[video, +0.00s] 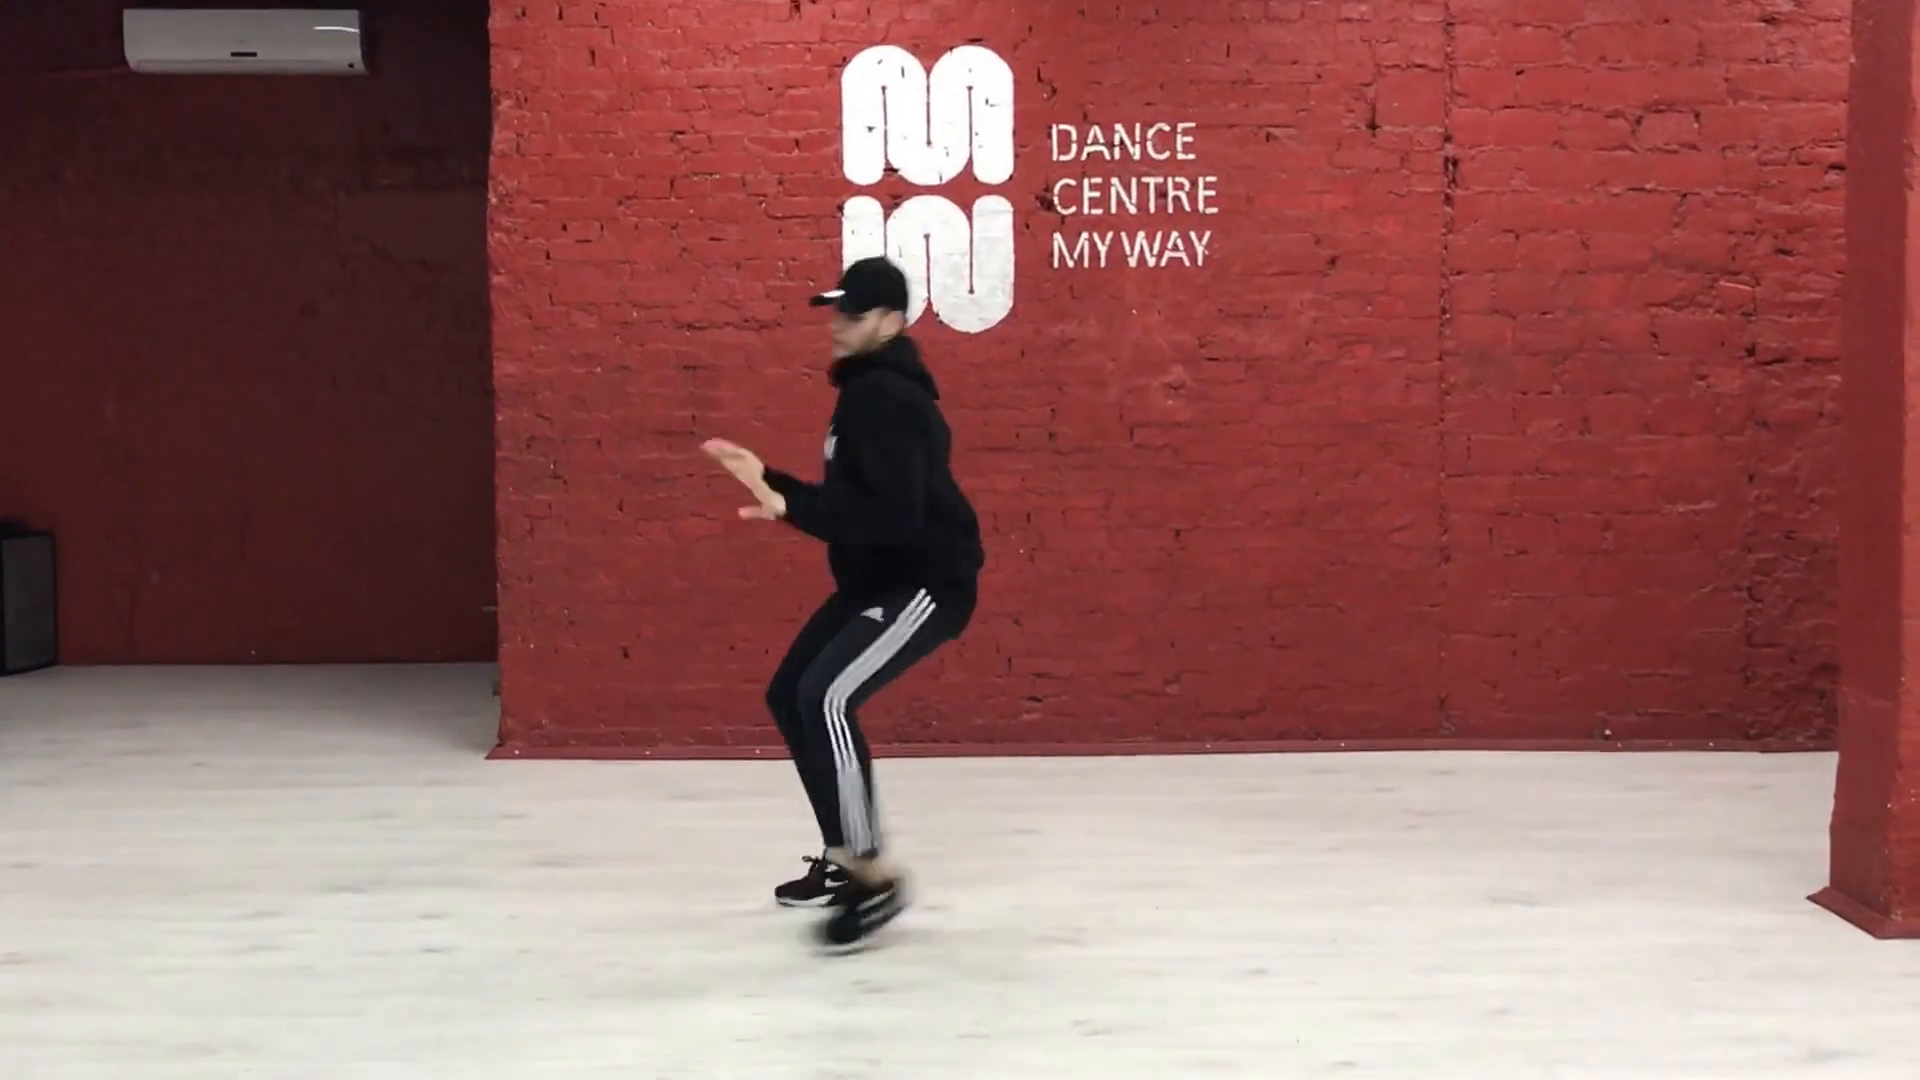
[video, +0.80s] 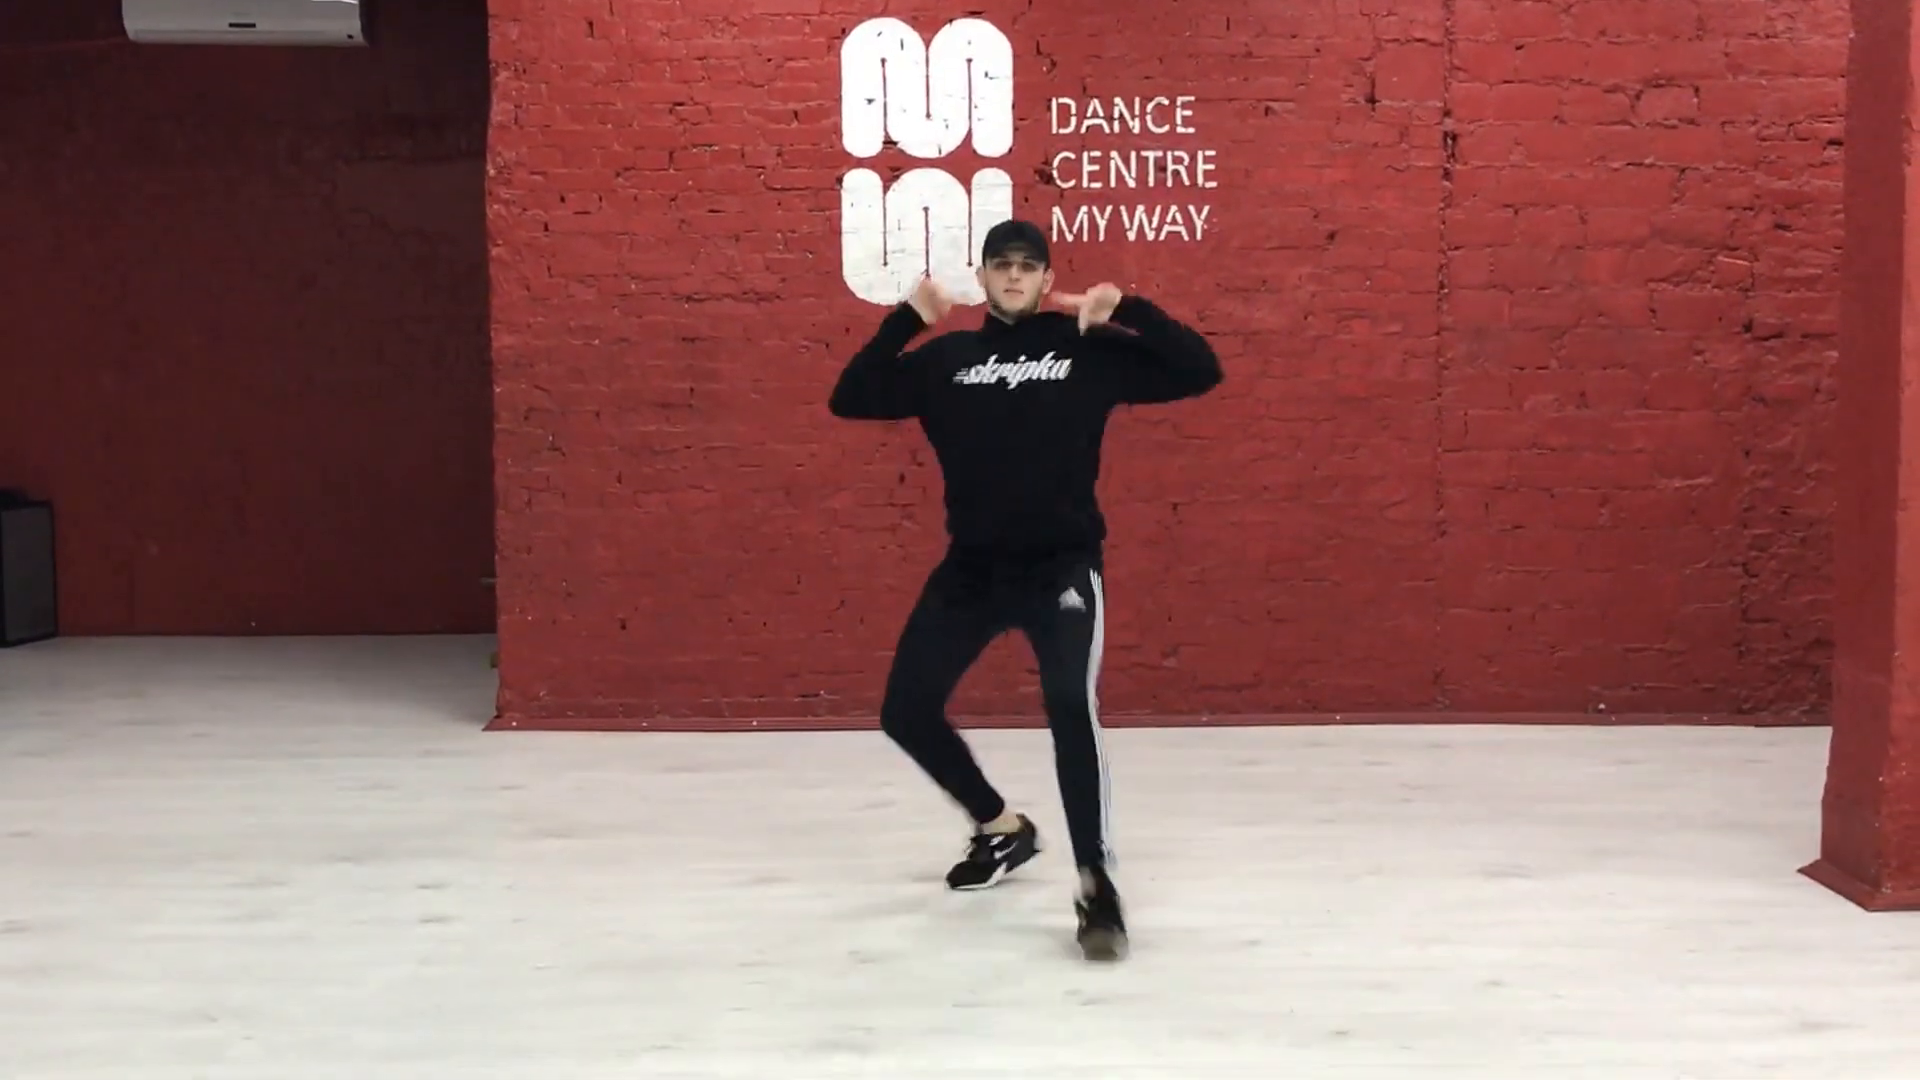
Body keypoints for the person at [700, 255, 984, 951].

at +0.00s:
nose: (836, 323)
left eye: (850, 313)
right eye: (837, 312)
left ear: (888, 320)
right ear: (862, 319)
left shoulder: (892, 395)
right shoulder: (863, 389)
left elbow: (890, 520)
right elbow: (848, 504)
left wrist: (791, 503)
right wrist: (774, 485)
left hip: (924, 590)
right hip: (878, 583)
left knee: (824, 697)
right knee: (790, 696)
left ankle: (870, 874)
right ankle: (846, 857)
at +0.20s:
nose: (917, 358)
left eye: (930, 345)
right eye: (912, 344)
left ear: (970, 343)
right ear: (911, 344)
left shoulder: (975, 434)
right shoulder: (926, 401)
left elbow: (892, 531)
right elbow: (864, 464)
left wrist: (817, 478)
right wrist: (789, 459)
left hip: (915, 605)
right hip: (882, 596)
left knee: (840, 753)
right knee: (799, 684)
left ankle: (982, 883)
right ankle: (844, 857)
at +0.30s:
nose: (927, 335)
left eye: (942, 322)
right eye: (922, 322)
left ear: (980, 325)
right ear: (917, 324)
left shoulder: (990, 414)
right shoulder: (926, 379)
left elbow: (919, 503)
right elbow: (878, 455)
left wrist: (848, 452)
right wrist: (804, 435)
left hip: (954, 599)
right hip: (912, 591)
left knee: (874, 747)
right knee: (826, 675)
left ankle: (996, 890)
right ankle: (853, 851)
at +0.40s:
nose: (942, 309)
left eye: (958, 298)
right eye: (935, 296)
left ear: (989, 306)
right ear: (923, 300)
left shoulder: (1000, 369)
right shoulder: (920, 362)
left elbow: (978, 453)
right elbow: (898, 423)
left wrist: (885, 438)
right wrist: (848, 422)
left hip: (1007, 579)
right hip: (948, 576)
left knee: (913, 711)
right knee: (859, 688)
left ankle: (994, 881)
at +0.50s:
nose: (958, 303)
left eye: (974, 292)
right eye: (949, 289)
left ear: (1000, 300)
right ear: (936, 295)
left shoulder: (1029, 373)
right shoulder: (936, 370)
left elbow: (1066, 478)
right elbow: (939, 463)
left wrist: (972, 541)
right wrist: (900, 517)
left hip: (1025, 575)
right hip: (962, 572)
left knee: (950, 723)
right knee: (923, 737)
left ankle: (1062, 851)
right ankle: (1048, 844)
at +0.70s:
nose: (1003, 284)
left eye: (1017, 271)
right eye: (990, 271)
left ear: (1036, 280)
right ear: (971, 278)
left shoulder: (1072, 355)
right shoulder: (941, 364)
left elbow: (1162, 426)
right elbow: (881, 441)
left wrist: (1101, 380)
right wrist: (845, 434)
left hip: (1054, 563)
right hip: (972, 571)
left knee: (1037, 679)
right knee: (935, 725)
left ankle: (1061, 837)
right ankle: (1047, 830)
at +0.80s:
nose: (1015, 277)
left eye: (1027, 266)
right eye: (1002, 266)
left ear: (1047, 276)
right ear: (982, 276)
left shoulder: (1087, 348)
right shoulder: (945, 358)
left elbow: (1198, 371)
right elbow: (851, 397)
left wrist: (1126, 312)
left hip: (1062, 562)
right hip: (974, 563)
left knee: (1071, 707)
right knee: (906, 714)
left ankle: (1096, 885)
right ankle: (1000, 827)